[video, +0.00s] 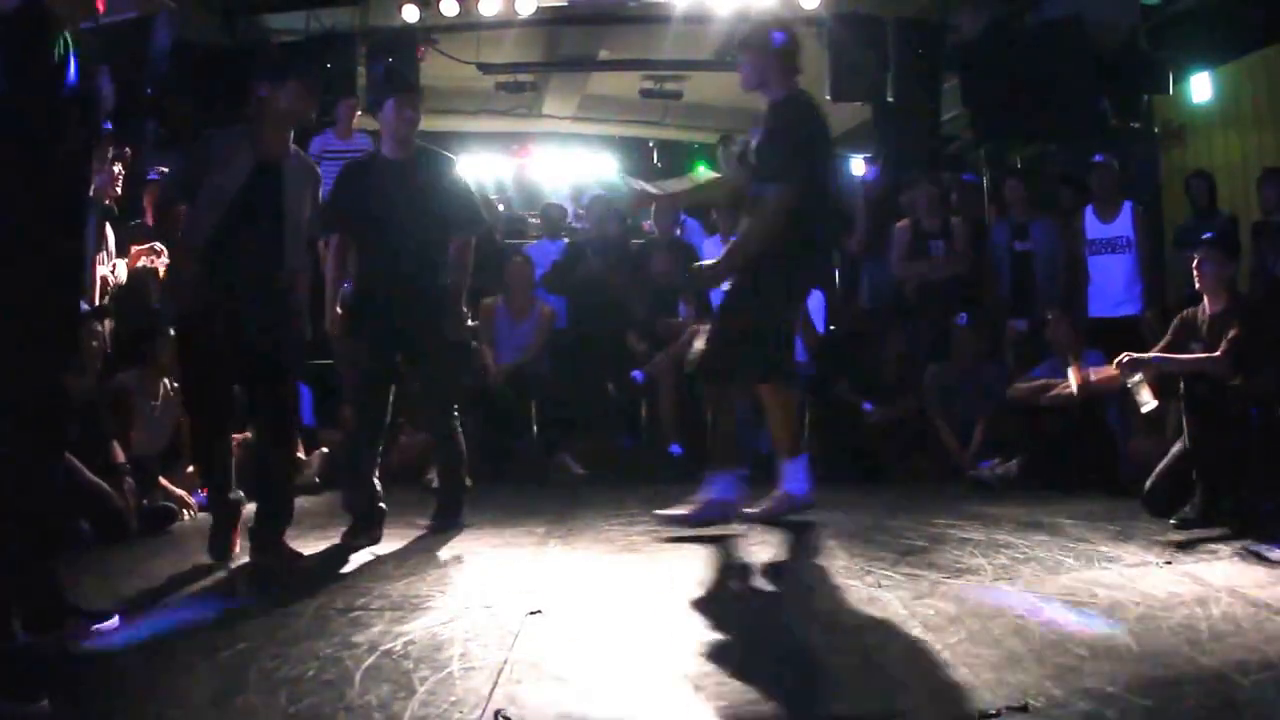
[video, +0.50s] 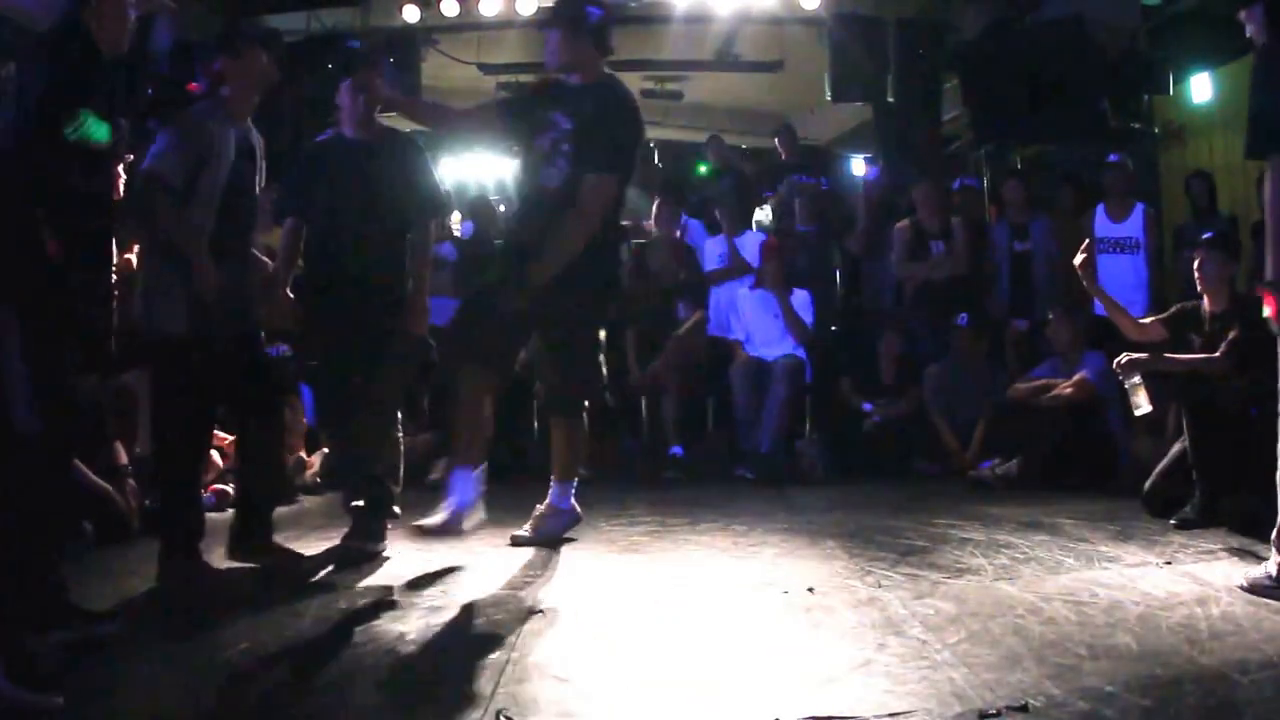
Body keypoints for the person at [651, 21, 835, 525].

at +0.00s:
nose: (741, 66)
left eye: (749, 55)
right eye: (741, 57)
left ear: (778, 58)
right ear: (774, 62)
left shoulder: (790, 115)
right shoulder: (790, 114)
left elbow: (775, 207)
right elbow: (752, 189)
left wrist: (720, 267)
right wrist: (676, 193)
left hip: (778, 262)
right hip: (786, 260)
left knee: (718, 364)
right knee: (772, 366)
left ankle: (721, 488)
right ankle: (794, 483)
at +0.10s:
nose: (700, 91)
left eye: (708, 83)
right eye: (701, 83)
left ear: (737, 85)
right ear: (726, 86)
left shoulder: (754, 148)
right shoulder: (717, 138)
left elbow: (728, 237)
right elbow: (654, 164)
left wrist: (682, 295)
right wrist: (584, 146)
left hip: (736, 288)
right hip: (723, 285)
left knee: (657, 389)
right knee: (755, 388)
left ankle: (601, 502)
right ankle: (782, 492)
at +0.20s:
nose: (656, 89)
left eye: (664, 80)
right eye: (657, 80)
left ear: (690, 85)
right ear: (694, 86)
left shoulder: (700, 145)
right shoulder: (682, 134)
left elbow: (681, 235)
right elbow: (602, 142)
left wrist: (641, 285)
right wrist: (523, 126)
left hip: (678, 283)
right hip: (685, 281)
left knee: (621, 385)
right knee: (682, 392)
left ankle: (572, 511)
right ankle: (758, 472)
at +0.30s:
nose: (612, 77)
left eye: (620, 68)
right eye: (613, 68)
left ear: (648, 73)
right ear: (649, 75)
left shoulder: (663, 127)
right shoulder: (633, 121)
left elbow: (645, 222)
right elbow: (556, 133)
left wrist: (603, 271)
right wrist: (472, 114)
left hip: (639, 280)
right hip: (618, 276)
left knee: (592, 380)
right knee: (585, 372)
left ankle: (571, 511)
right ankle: (670, 430)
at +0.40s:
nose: (580, 55)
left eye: (587, 45)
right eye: (583, 46)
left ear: (615, 50)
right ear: (604, 51)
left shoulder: (638, 115)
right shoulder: (584, 108)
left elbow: (619, 214)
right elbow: (504, 124)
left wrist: (562, 272)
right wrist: (427, 102)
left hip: (608, 270)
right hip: (568, 263)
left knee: (585, 388)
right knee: (494, 342)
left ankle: (567, 505)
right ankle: (553, 426)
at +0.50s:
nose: (547, 46)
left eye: (556, 34)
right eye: (547, 35)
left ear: (588, 40)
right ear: (560, 41)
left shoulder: (611, 104)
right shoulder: (541, 97)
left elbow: (594, 208)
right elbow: (460, 122)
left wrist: (543, 267)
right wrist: (392, 98)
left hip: (577, 258)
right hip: (523, 254)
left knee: (564, 378)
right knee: (473, 357)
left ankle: (561, 499)